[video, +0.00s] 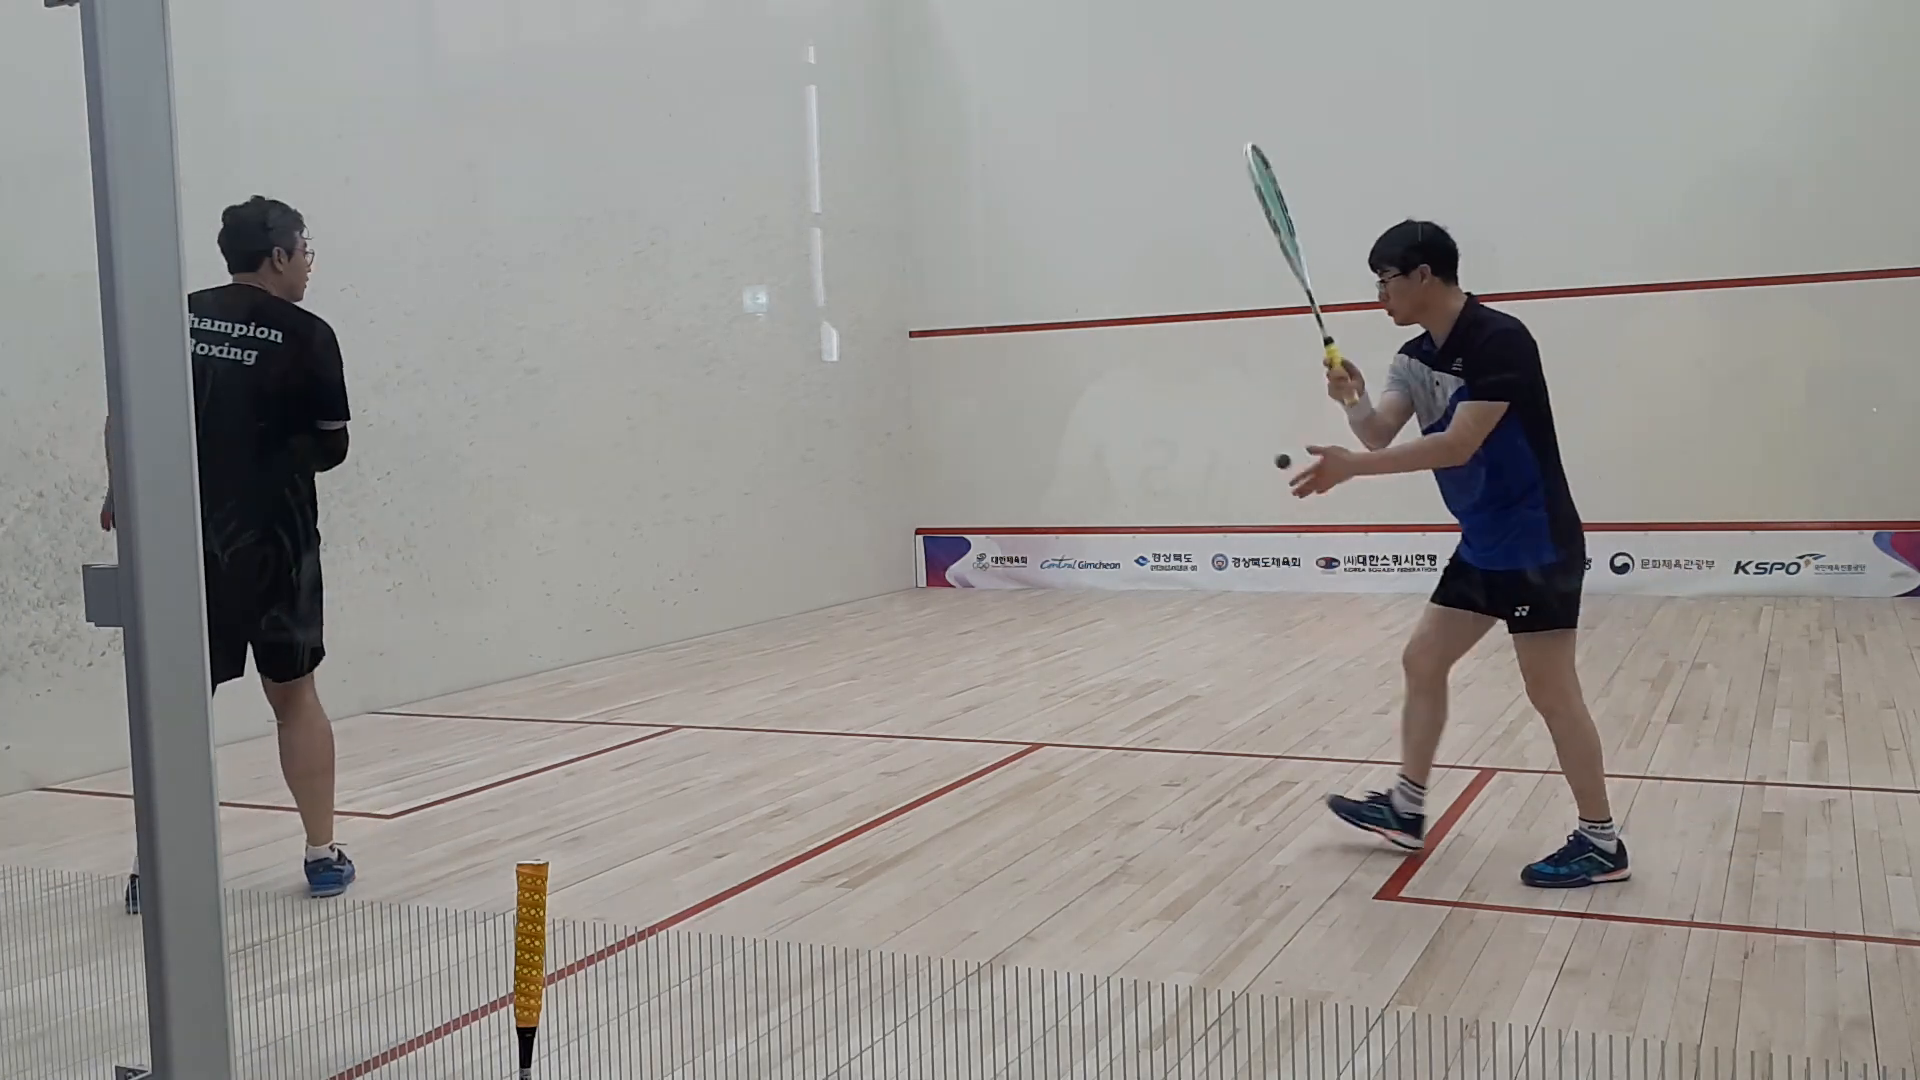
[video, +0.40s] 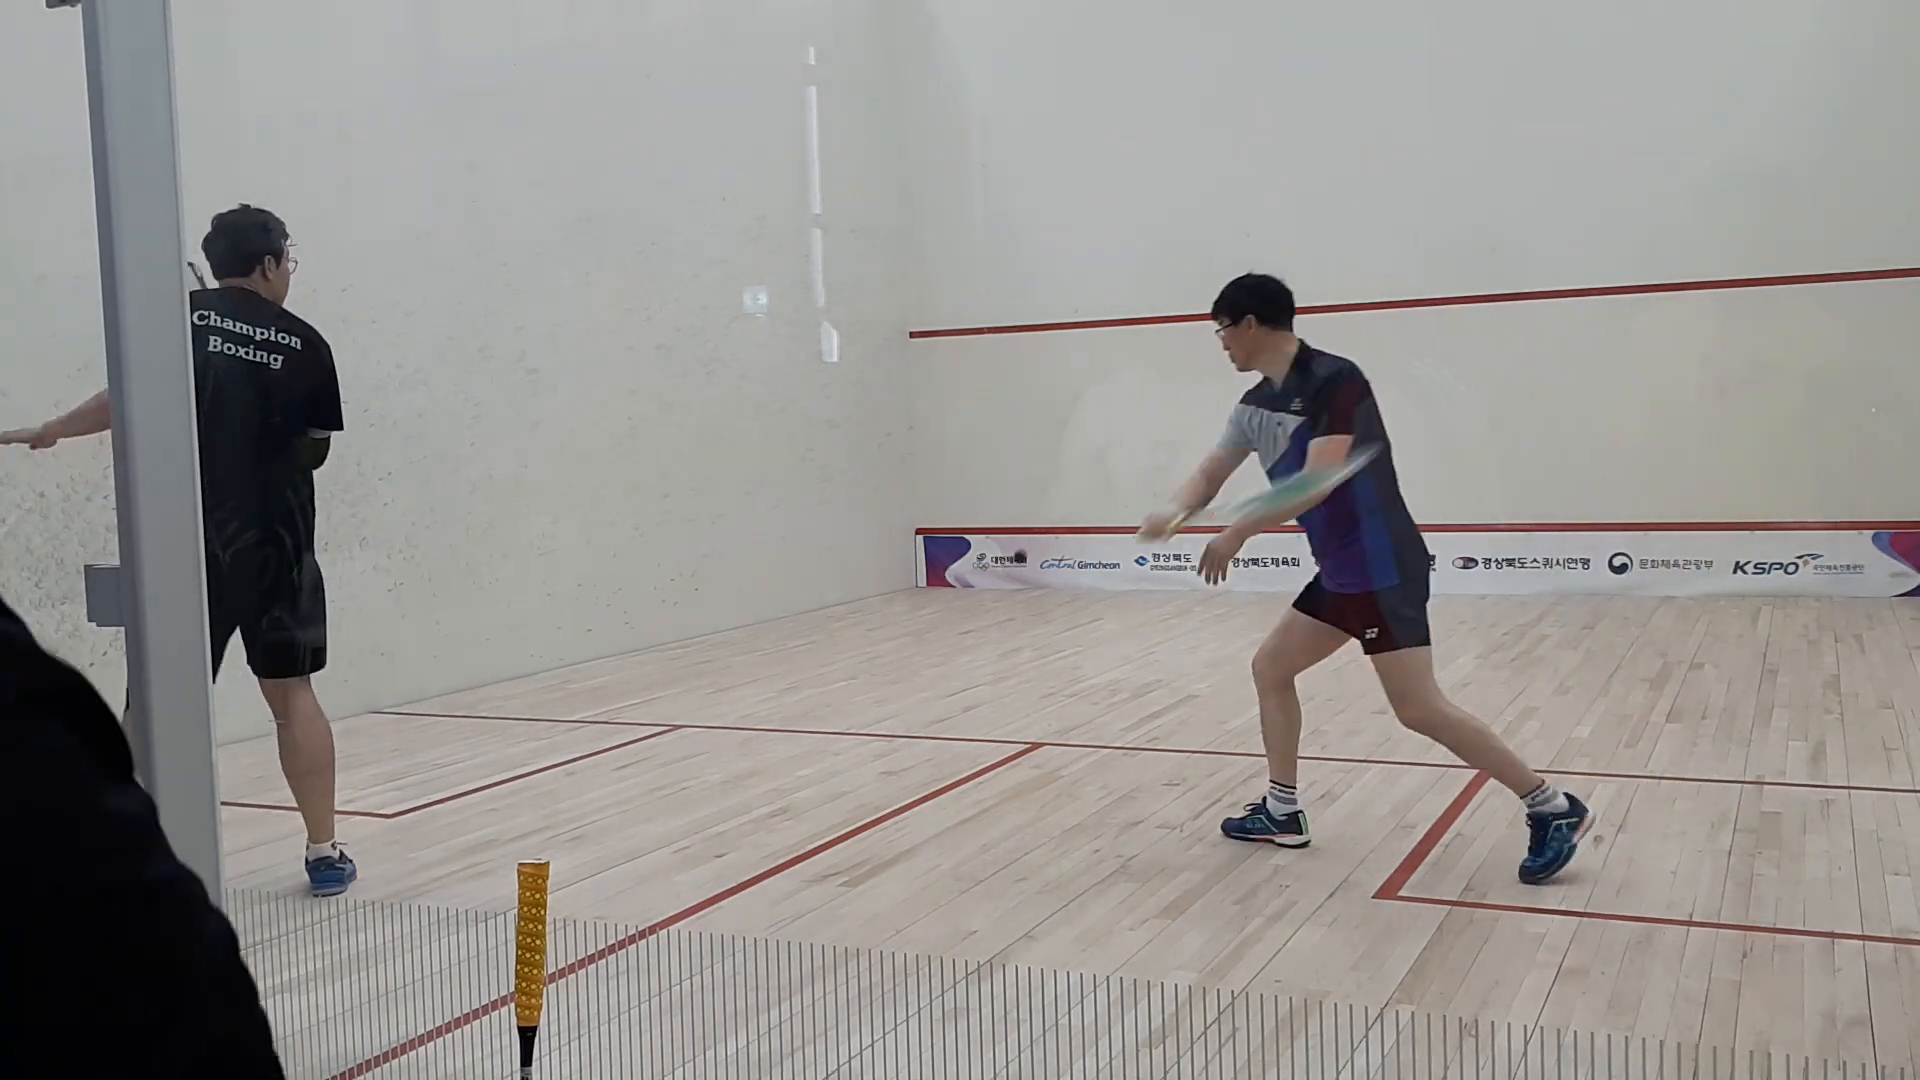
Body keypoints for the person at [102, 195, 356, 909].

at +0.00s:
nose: (310, 263)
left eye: (306, 251)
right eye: (304, 252)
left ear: (236, 260)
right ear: (280, 258)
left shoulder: (174, 312)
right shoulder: (307, 333)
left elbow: (124, 414)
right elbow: (330, 447)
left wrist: (119, 489)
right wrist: (268, 446)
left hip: (179, 543)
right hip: (275, 547)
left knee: (166, 706)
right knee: (295, 699)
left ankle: (151, 866)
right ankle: (323, 855)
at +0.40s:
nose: (293, 271)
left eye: (290, 260)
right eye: (289, 261)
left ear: (215, 269)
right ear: (272, 267)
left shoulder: (177, 321)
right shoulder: (305, 345)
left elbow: (115, 403)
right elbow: (314, 452)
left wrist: (51, 431)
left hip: (186, 547)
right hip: (276, 550)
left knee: (155, 699)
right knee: (294, 696)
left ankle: (135, 855)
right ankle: (324, 853)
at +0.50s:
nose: (274, 275)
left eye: (270, 262)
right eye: (270, 264)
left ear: (202, 270)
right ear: (252, 269)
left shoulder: (163, 326)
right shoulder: (288, 346)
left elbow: (102, 402)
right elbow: (295, 451)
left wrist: (22, 422)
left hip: (157, 547)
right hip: (256, 551)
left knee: (121, 699)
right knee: (283, 698)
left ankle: (123, 859)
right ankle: (321, 853)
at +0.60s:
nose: (252, 276)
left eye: (249, 264)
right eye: (247, 265)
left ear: (184, 273)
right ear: (229, 273)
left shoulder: (144, 327)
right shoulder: (269, 352)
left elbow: (94, 399)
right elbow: (274, 456)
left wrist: (9, 416)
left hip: (145, 558)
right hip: (244, 560)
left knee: (108, 704)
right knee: (273, 697)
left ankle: (92, 866)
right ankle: (321, 851)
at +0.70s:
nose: (221, 283)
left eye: (217, 271)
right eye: (217, 272)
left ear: (145, 271)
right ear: (202, 277)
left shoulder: (108, 328)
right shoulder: (239, 354)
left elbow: (70, 408)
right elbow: (245, 461)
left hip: (115, 560)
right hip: (216, 564)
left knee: (78, 699)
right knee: (247, 693)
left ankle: (86, 867)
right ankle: (316, 843)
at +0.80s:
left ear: (107, 259)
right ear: (177, 265)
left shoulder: (72, 334)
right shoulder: (205, 353)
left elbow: (30, 419)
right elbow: (210, 464)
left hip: (85, 557)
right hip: (181, 562)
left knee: (59, 703)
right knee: (206, 685)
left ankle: (84, 867)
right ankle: (278, 810)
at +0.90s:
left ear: (76, 270)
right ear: (141, 263)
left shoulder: (44, 334)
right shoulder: (176, 347)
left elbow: (4, 424)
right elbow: (189, 451)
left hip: (69, 559)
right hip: (159, 560)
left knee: (44, 697)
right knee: (171, 697)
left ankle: (82, 865)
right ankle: (204, 827)